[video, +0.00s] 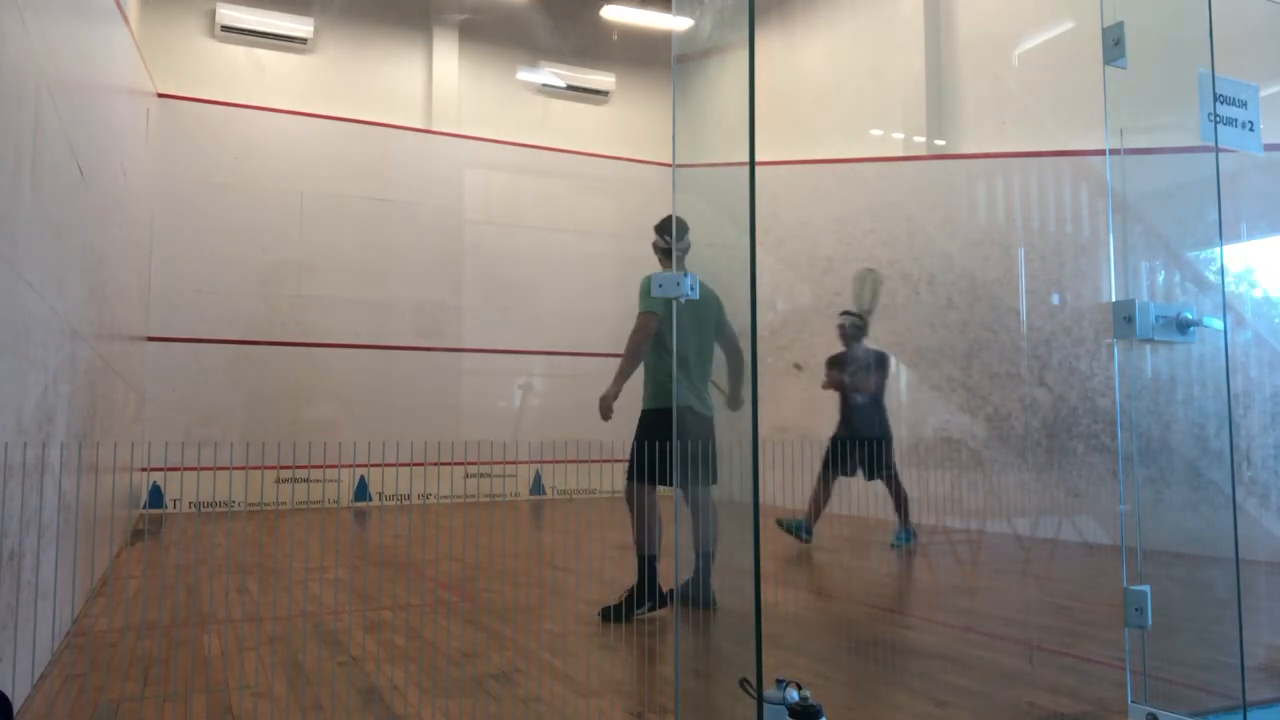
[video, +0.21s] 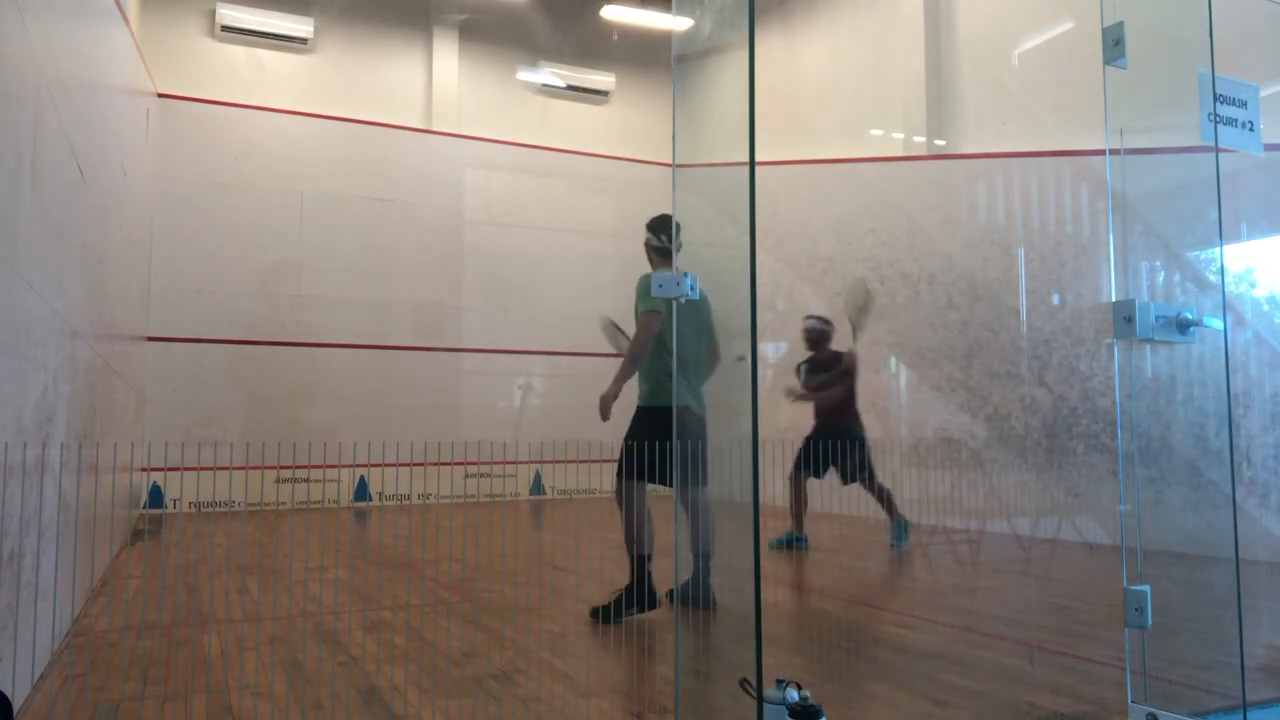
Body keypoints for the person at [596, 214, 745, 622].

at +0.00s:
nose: (657, 252)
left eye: (657, 246)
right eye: (661, 246)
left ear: (658, 246)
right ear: (688, 247)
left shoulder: (655, 283)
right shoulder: (706, 293)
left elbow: (645, 329)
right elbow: (734, 348)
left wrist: (615, 387)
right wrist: (736, 391)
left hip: (662, 412)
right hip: (699, 414)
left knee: (638, 491)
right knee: (698, 495)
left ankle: (646, 587)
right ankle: (701, 584)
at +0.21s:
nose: (646, 250)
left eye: (647, 244)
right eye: (649, 244)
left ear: (651, 245)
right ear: (679, 246)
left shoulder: (651, 282)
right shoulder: (696, 291)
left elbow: (648, 331)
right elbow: (712, 355)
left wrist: (614, 388)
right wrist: (684, 384)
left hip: (657, 409)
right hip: (691, 411)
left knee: (628, 489)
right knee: (694, 495)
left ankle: (639, 586)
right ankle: (700, 584)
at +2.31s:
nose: (573, 261)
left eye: (557, 257)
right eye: (580, 253)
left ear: (554, 258)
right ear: (584, 258)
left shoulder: (547, 292)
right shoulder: (605, 298)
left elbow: (534, 334)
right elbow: (629, 348)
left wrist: (495, 355)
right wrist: (602, 380)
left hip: (558, 414)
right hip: (598, 417)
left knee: (544, 493)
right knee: (604, 492)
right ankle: (622, 579)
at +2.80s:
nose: (665, 300)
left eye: (665, 293)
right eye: (662, 293)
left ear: (631, 293)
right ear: (649, 293)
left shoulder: (606, 326)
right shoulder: (660, 328)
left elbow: (590, 373)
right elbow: (675, 376)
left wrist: (621, 369)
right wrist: (697, 417)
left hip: (622, 428)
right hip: (658, 427)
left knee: (627, 500)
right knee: (665, 490)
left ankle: (651, 539)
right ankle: (668, 554)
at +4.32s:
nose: (729, 287)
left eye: (722, 280)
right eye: (735, 280)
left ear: (710, 281)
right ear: (740, 280)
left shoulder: (689, 317)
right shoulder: (757, 323)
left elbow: (678, 374)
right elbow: (784, 375)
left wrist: (709, 379)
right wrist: (797, 424)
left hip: (696, 428)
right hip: (738, 428)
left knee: (695, 504)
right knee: (727, 504)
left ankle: (713, 579)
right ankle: (712, 581)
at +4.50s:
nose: (736, 284)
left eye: (730, 279)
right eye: (736, 279)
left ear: (704, 279)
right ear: (736, 280)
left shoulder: (683, 315)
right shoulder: (749, 321)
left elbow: (666, 369)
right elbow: (763, 379)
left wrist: (663, 412)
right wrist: (770, 426)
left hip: (692, 423)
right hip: (734, 423)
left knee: (667, 487)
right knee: (726, 499)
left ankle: (688, 542)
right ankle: (718, 571)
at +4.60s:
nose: (731, 286)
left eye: (728, 281)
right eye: (731, 281)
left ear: (698, 283)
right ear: (728, 283)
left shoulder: (680, 317)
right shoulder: (745, 322)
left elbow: (666, 370)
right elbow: (759, 378)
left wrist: (649, 414)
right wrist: (754, 421)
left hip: (689, 423)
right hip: (730, 422)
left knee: (666, 482)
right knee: (724, 496)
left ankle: (674, 555)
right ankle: (719, 570)